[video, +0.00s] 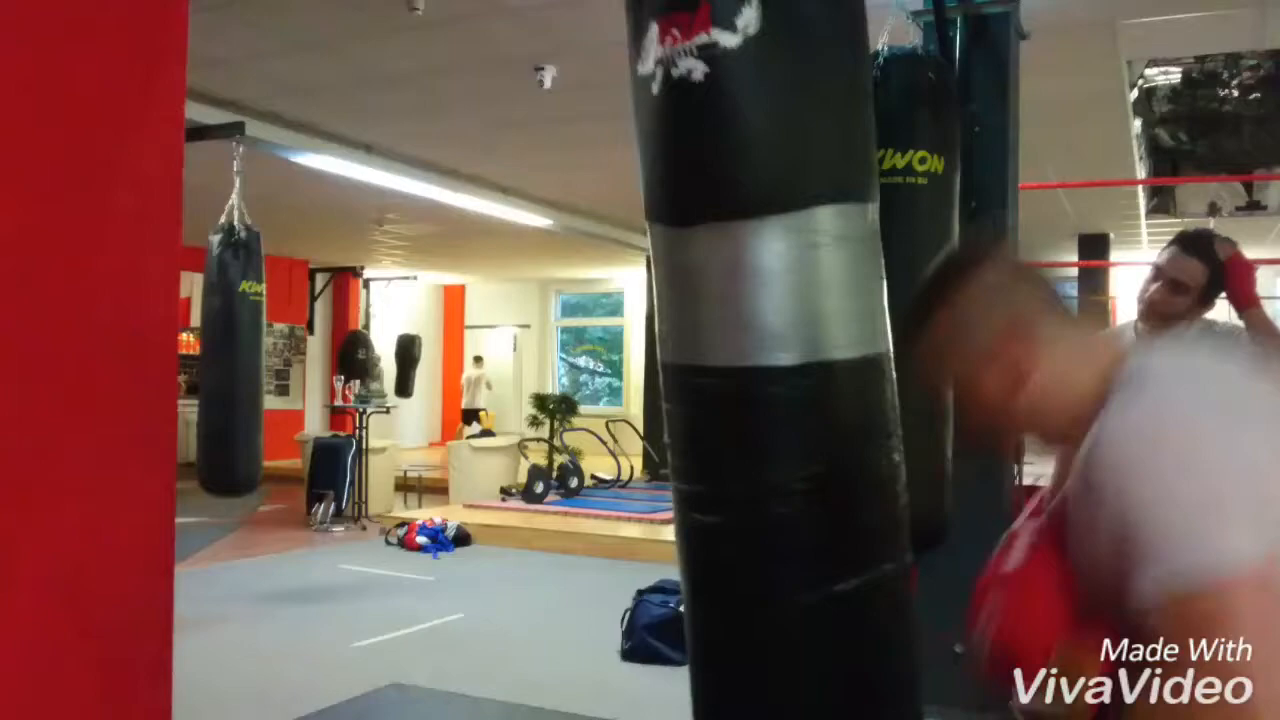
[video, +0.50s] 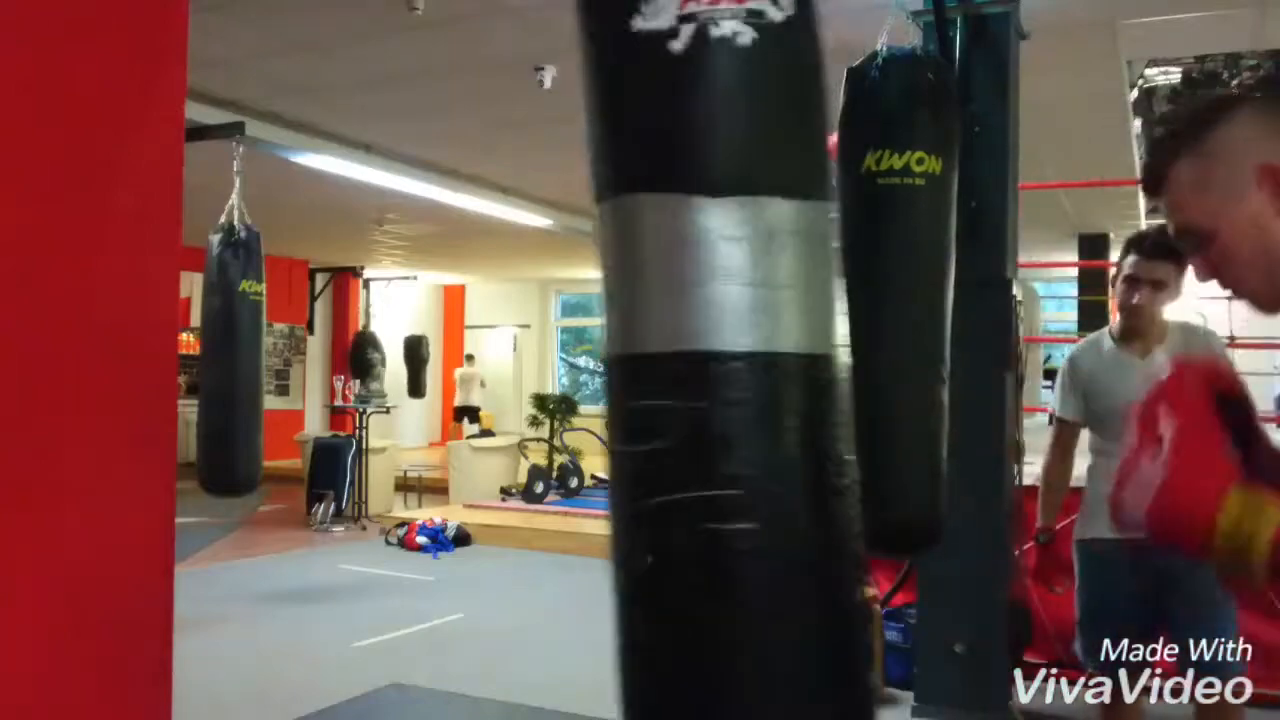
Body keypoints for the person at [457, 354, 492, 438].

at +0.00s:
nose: (482, 365)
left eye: (481, 363)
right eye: (482, 363)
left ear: (473, 363)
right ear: (481, 363)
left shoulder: (466, 373)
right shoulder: (482, 373)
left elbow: (462, 386)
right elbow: (489, 387)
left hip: (466, 404)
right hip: (478, 404)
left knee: (462, 424)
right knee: (485, 425)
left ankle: (456, 441)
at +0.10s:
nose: (482, 364)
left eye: (482, 362)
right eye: (482, 362)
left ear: (473, 362)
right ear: (481, 362)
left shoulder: (466, 373)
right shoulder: (482, 373)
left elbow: (462, 386)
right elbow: (489, 386)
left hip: (465, 404)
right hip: (477, 404)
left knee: (461, 424)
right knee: (483, 425)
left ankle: (457, 442)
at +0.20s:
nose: (483, 364)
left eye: (483, 362)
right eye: (483, 362)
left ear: (474, 361)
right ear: (481, 361)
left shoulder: (466, 371)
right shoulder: (481, 372)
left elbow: (461, 384)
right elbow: (488, 386)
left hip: (463, 402)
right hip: (476, 402)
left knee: (461, 422)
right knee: (482, 424)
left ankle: (455, 439)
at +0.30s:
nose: (481, 364)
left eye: (480, 362)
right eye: (481, 362)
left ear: (472, 361)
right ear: (479, 362)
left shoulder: (464, 372)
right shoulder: (479, 373)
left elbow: (460, 385)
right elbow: (485, 388)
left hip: (462, 404)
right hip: (475, 404)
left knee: (459, 425)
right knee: (482, 425)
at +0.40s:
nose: (476, 364)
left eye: (476, 362)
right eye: (476, 362)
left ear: (468, 362)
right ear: (476, 362)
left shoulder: (459, 373)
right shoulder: (477, 374)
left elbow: (458, 385)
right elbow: (482, 388)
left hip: (460, 403)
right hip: (473, 404)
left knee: (458, 425)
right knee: (480, 424)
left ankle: (453, 442)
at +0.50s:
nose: (472, 363)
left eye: (470, 361)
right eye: (472, 361)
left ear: (464, 361)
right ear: (473, 361)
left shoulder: (458, 371)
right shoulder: (477, 372)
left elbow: (456, 381)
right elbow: (483, 385)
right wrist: (475, 380)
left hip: (459, 402)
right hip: (473, 402)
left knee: (456, 424)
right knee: (480, 424)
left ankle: (452, 442)